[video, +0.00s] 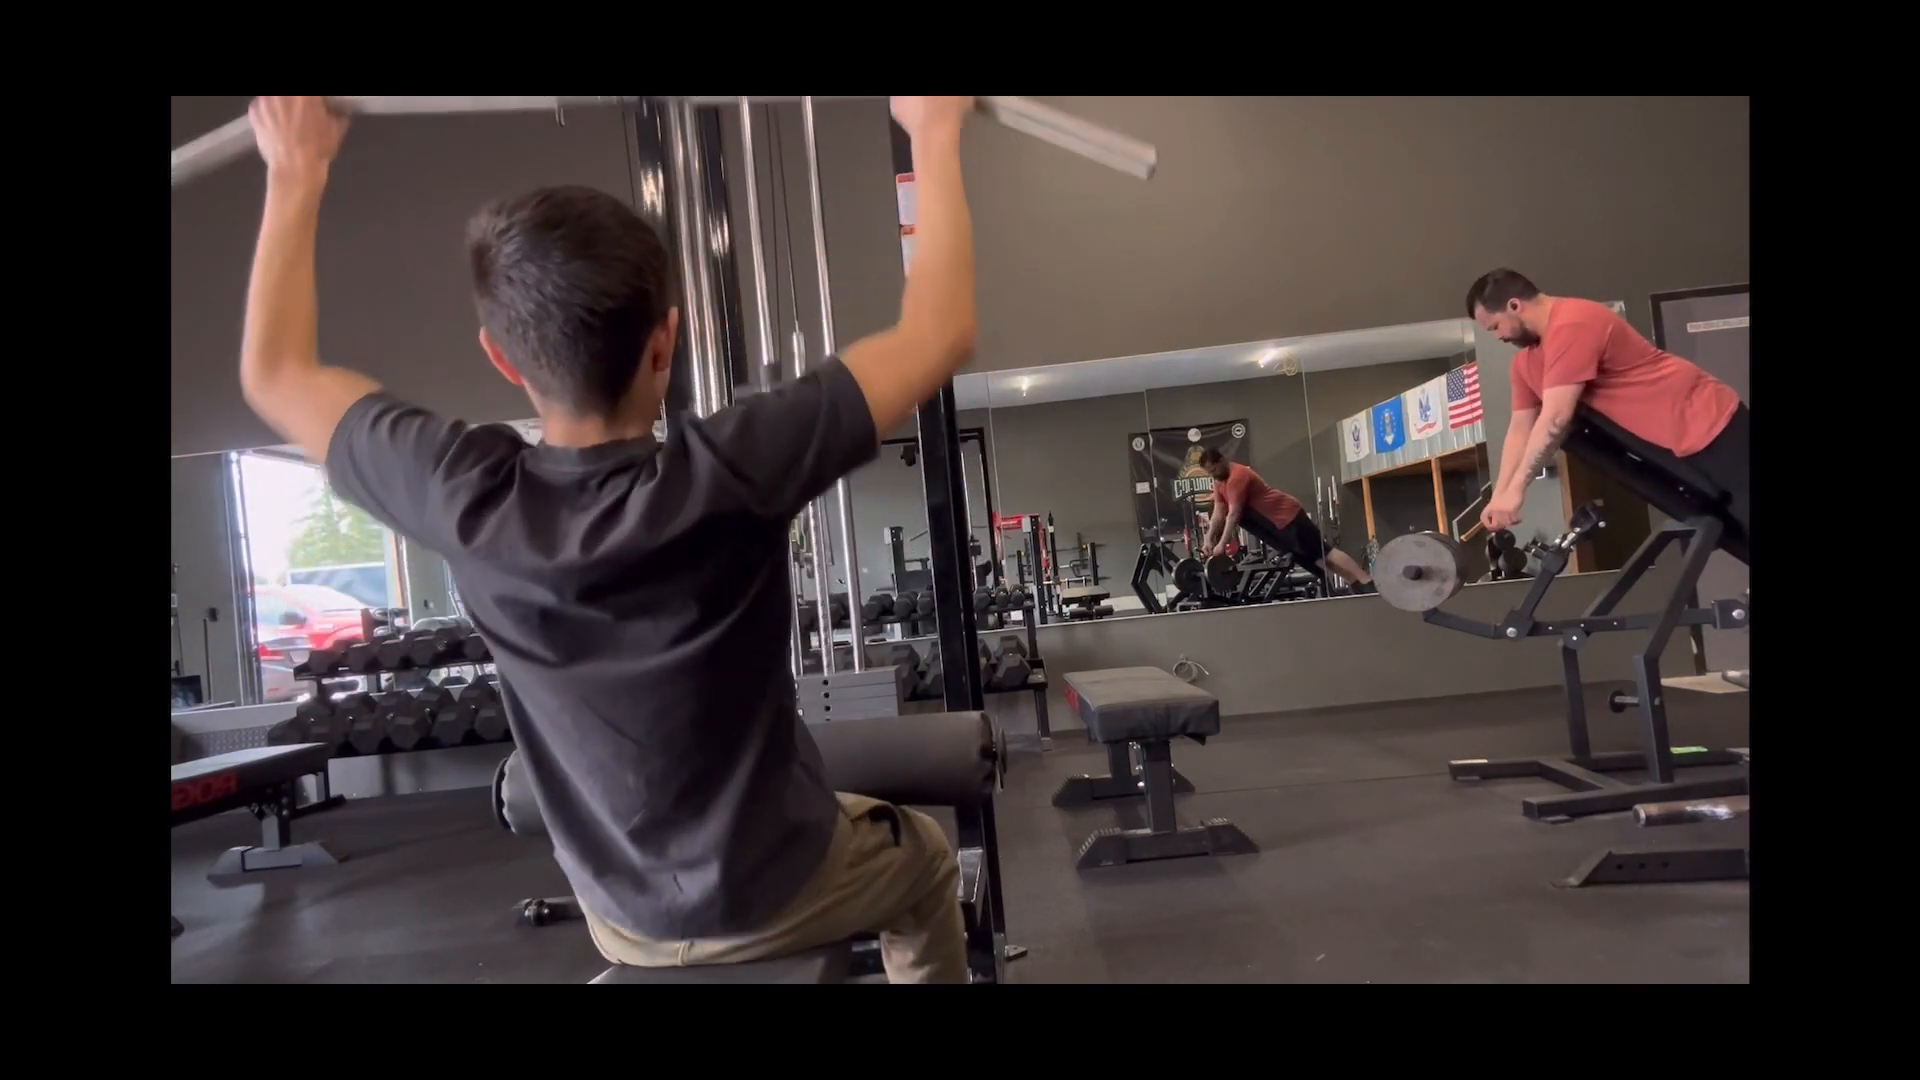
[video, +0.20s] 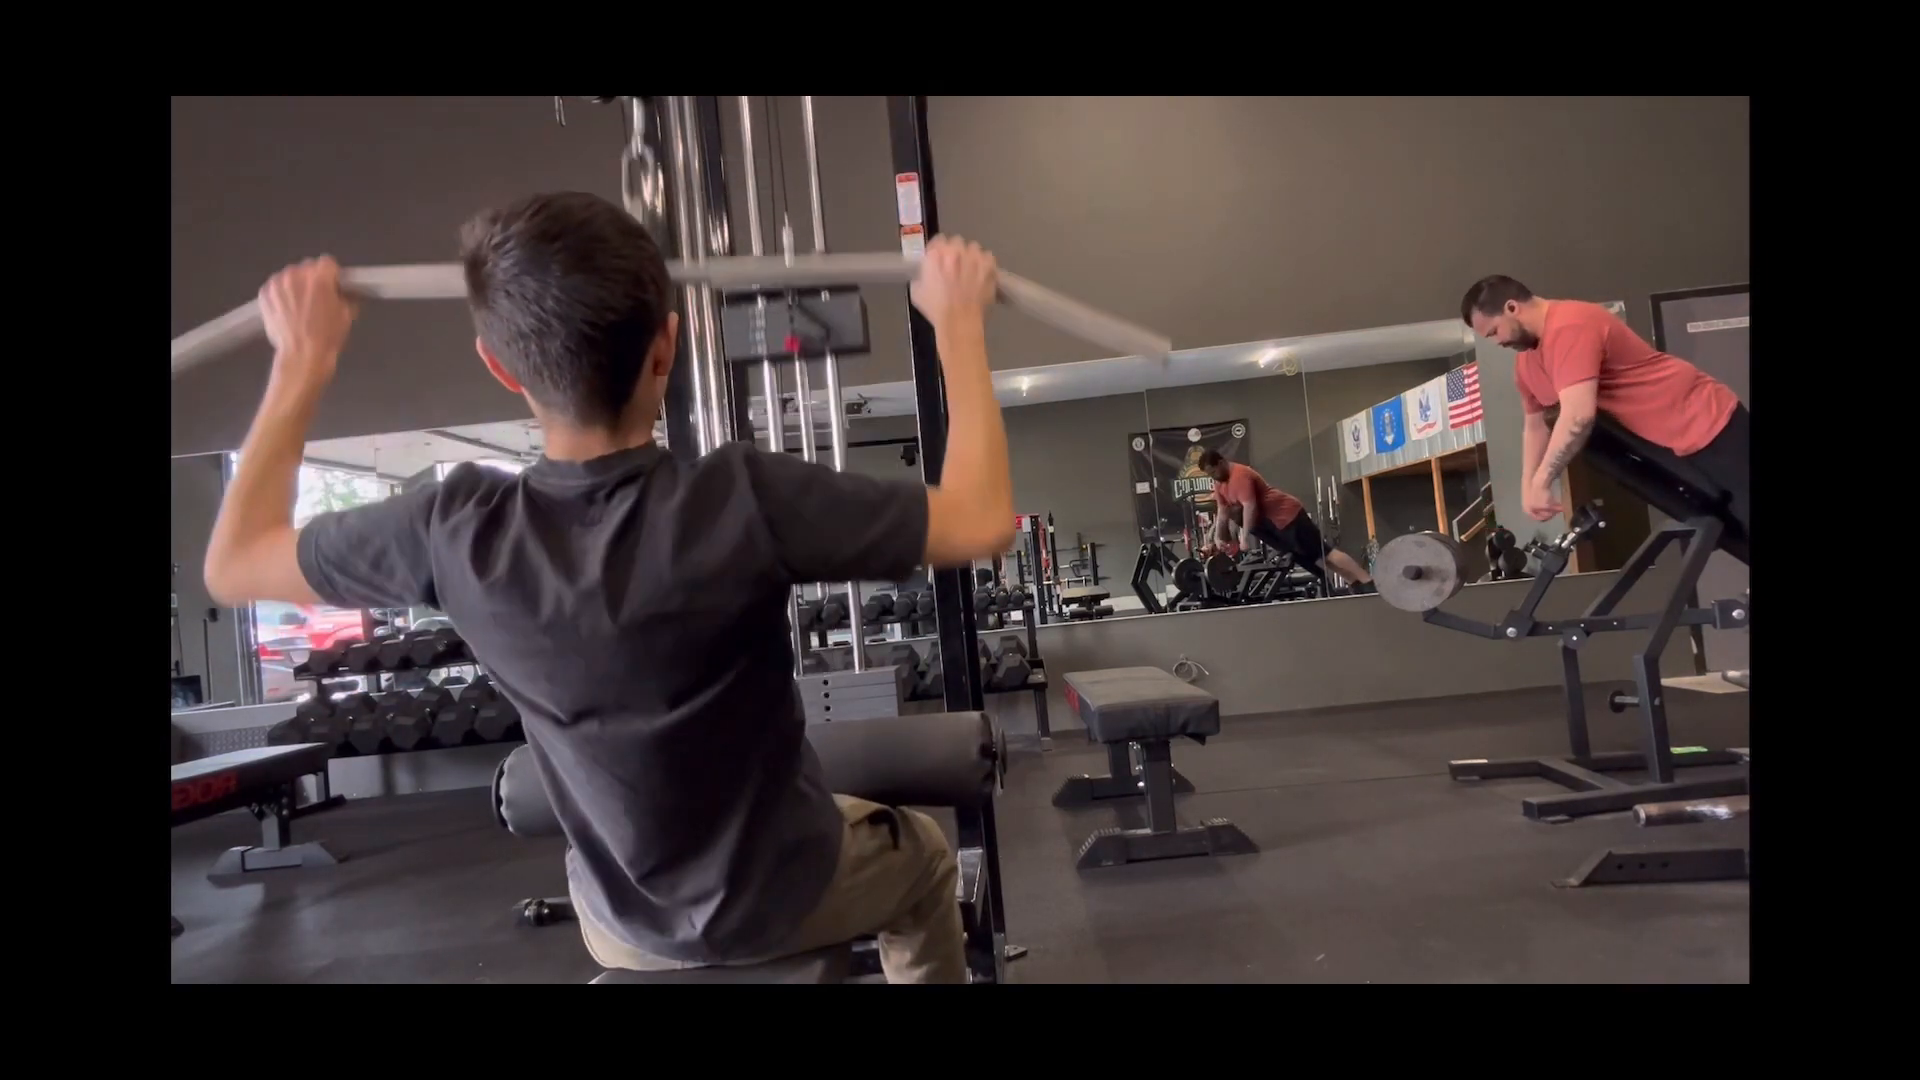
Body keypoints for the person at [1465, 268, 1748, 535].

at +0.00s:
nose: (1498, 337)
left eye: (1495, 327)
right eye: (1491, 332)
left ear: (1515, 306)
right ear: (1514, 309)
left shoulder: (1573, 322)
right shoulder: (1526, 362)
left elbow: (1556, 420)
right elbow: (1519, 428)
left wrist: (1515, 489)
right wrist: (1501, 492)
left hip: (1711, 422)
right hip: (1676, 449)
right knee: (1734, 534)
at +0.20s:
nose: (1496, 343)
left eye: (1493, 332)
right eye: (1489, 337)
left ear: (1513, 307)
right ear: (1511, 310)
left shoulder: (1570, 324)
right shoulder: (1526, 364)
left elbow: (1579, 417)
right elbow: (1535, 424)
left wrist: (1542, 480)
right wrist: (1530, 484)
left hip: (1709, 421)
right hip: (1672, 448)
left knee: (1745, 520)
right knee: (1732, 534)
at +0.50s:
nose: (1490, 356)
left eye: (1484, 346)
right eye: (1483, 350)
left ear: (1499, 326)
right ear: (1499, 329)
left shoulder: (1561, 329)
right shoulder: (1530, 373)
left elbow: (1591, 418)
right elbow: (1568, 431)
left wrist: (1578, 480)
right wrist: (1574, 486)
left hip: (1706, 423)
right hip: (1667, 453)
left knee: (1746, 515)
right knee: (1730, 534)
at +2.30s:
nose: (1492, 352)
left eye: (1488, 342)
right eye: (1483, 348)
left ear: (1507, 316)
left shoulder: (1553, 337)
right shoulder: (1524, 368)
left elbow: (1581, 427)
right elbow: (1554, 436)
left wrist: (1576, 496)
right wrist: (1568, 496)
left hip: (1704, 422)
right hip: (1671, 446)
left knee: (1746, 515)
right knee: (1730, 532)